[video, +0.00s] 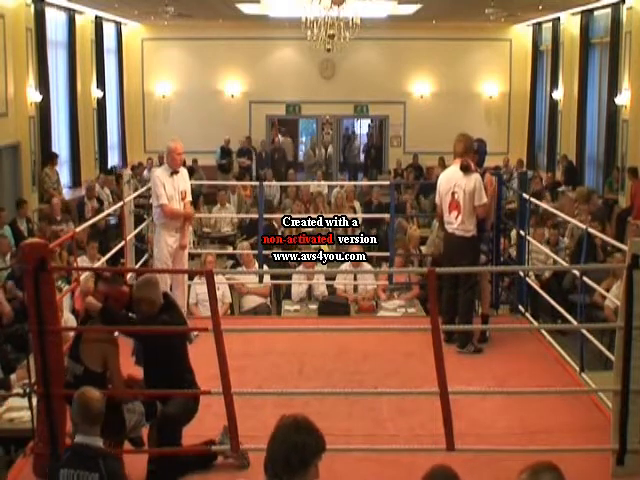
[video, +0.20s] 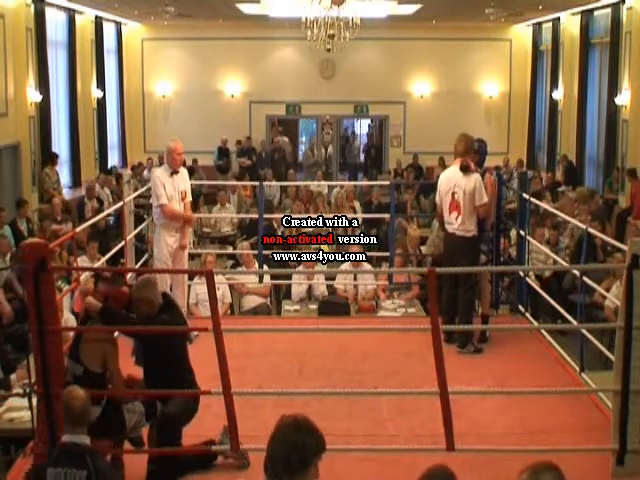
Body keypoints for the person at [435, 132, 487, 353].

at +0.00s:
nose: (473, 155)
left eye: (471, 152)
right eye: (473, 152)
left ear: (454, 152)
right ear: (472, 153)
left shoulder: (443, 176)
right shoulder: (474, 178)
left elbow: (439, 210)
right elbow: (482, 211)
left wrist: (446, 227)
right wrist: (489, 192)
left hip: (449, 236)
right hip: (468, 237)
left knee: (449, 282)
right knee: (467, 285)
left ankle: (448, 327)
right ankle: (464, 336)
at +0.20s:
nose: (474, 156)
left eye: (472, 153)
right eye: (474, 153)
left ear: (455, 152)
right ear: (472, 153)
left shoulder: (444, 175)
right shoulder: (474, 178)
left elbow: (439, 207)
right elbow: (482, 211)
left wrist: (446, 227)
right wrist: (489, 190)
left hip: (449, 235)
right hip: (468, 236)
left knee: (449, 282)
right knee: (467, 285)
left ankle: (448, 327)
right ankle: (464, 336)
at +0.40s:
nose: (472, 156)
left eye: (468, 152)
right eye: (472, 152)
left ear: (454, 152)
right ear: (472, 153)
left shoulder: (444, 176)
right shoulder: (474, 177)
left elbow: (439, 206)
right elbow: (484, 208)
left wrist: (445, 226)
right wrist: (485, 181)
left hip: (449, 235)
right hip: (468, 236)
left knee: (449, 282)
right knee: (467, 285)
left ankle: (448, 327)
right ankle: (465, 335)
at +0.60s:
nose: (473, 158)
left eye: (471, 155)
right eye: (473, 155)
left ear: (455, 153)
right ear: (470, 154)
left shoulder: (444, 176)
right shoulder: (474, 178)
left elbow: (439, 206)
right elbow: (484, 209)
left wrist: (445, 227)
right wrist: (487, 184)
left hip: (449, 235)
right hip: (468, 237)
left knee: (449, 282)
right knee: (467, 285)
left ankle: (448, 327)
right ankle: (465, 336)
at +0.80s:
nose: (474, 159)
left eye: (472, 156)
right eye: (473, 156)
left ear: (455, 154)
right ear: (469, 155)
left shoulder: (443, 176)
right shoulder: (474, 177)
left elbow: (439, 206)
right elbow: (484, 209)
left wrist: (445, 227)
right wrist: (486, 184)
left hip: (450, 235)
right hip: (468, 237)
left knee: (450, 283)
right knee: (468, 285)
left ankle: (448, 327)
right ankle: (465, 335)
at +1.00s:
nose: (470, 155)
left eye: (464, 152)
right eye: (470, 152)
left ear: (452, 153)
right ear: (470, 153)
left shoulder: (443, 176)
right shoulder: (474, 177)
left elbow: (438, 206)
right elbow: (483, 209)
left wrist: (446, 225)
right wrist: (487, 184)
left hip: (450, 236)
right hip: (469, 237)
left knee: (450, 283)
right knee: (468, 285)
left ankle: (448, 327)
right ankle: (464, 335)